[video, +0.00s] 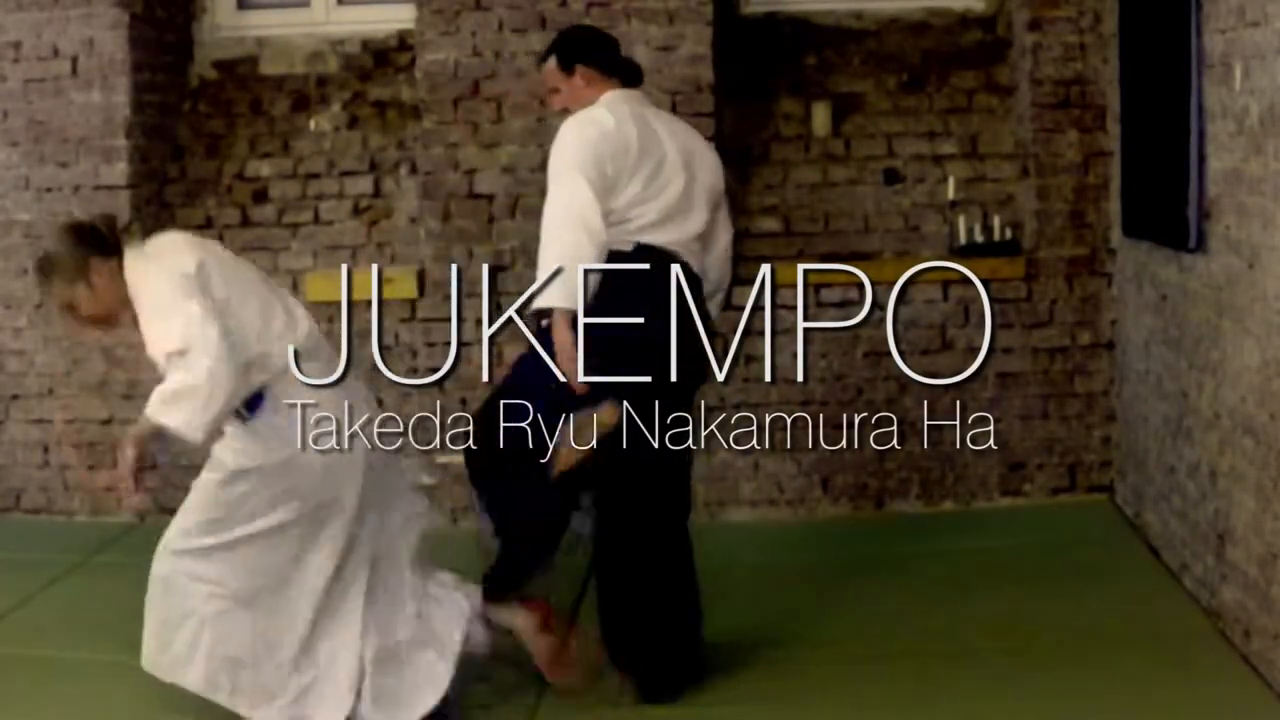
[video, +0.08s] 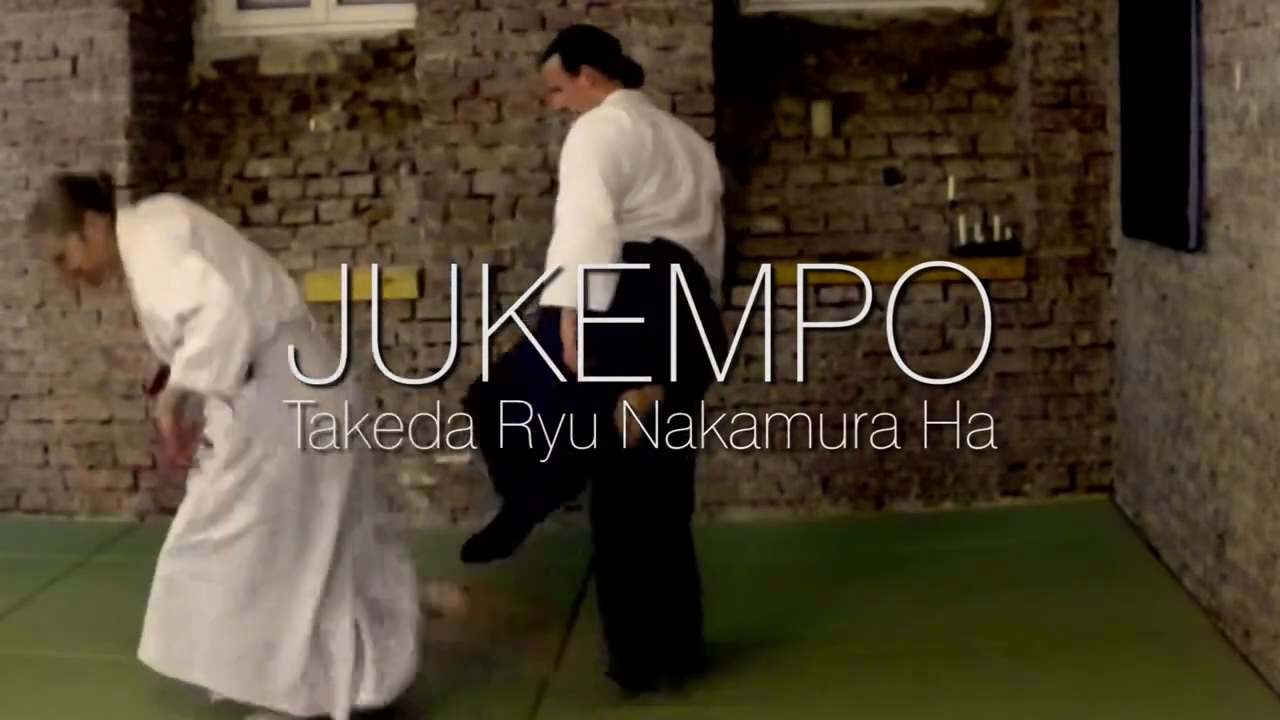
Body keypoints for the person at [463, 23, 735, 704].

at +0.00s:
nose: (553, 107)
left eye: (553, 92)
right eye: (548, 95)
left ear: (583, 75)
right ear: (618, 74)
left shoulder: (584, 132)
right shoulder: (695, 143)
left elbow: (572, 232)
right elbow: (717, 264)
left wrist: (563, 323)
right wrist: (691, 317)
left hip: (604, 315)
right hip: (678, 322)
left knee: (501, 435)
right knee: (652, 490)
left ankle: (523, 586)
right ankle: (664, 662)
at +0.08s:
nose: (556, 106)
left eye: (557, 89)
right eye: (551, 93)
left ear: (590, 73)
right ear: (614, 74)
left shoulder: (593, 136)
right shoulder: (690, 139)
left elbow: (587, 240)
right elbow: (709, 246)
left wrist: (572, 329)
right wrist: (706, 316)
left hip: (622, 308)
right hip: (687, 314)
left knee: (624, 488)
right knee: (667, 481)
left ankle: (638, 653)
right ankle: (678, 642)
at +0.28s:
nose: (555, 92)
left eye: (561, 75)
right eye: (550, 79)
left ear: (598, 65)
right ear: (595, 71)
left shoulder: (640, 121)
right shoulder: (630, 123)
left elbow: (658, 214)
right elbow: (642, 220)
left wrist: (628, 308)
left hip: (654, 313)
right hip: (648, 312)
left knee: (639, 478)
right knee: (643, 477)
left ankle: (651, 639)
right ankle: (656, 634)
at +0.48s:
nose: (571, 61)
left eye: (581, 47)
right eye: (566, 49)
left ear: (621, 43)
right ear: (572, 51)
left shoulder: (677, 111)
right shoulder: (581, 133)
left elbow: (723, 207)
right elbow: (575, 227)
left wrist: (705, 301)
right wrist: (573, 298)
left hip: (669, 293)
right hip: (601, 301)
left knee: (672, 463)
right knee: (612, 462)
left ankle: (686, 618)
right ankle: (633, 616)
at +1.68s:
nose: (622, 50)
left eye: (634, 37)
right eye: (611, 38)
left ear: (658, 46)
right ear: (594, 47)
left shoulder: (696, 127)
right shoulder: (576, 128)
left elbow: (743, 208)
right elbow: (554, 218)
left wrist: (671, 223)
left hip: (688, 330)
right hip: (602, 330)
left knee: (707, 490)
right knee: (618, 490)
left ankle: (719, 643)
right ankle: (633, 644)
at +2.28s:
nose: (642, 83)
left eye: (655, 69)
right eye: (632, 71)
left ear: (682, 73)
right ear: (620, 75)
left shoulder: (726, 144)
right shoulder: (605, 147)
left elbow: (754, 234)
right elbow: (588, 222)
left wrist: (677, 186)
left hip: (708, 334)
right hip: (627, 336)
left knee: (736, 479)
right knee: (640, 477)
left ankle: (741, 609)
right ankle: (648, 613)